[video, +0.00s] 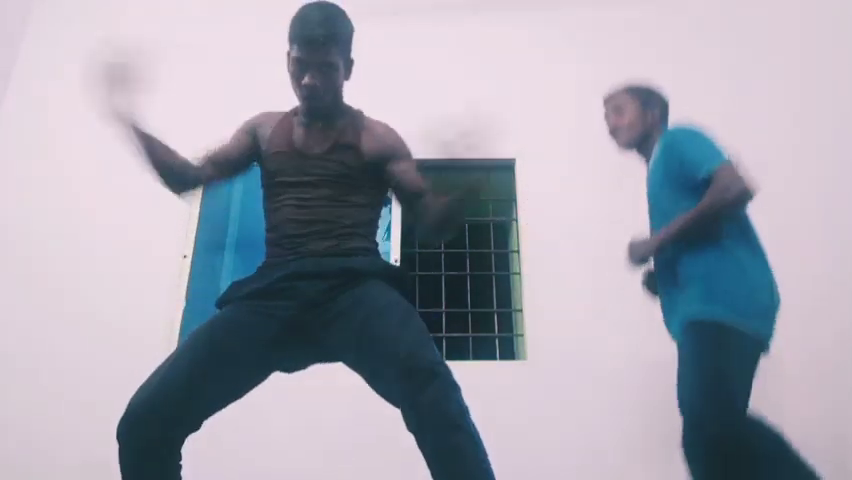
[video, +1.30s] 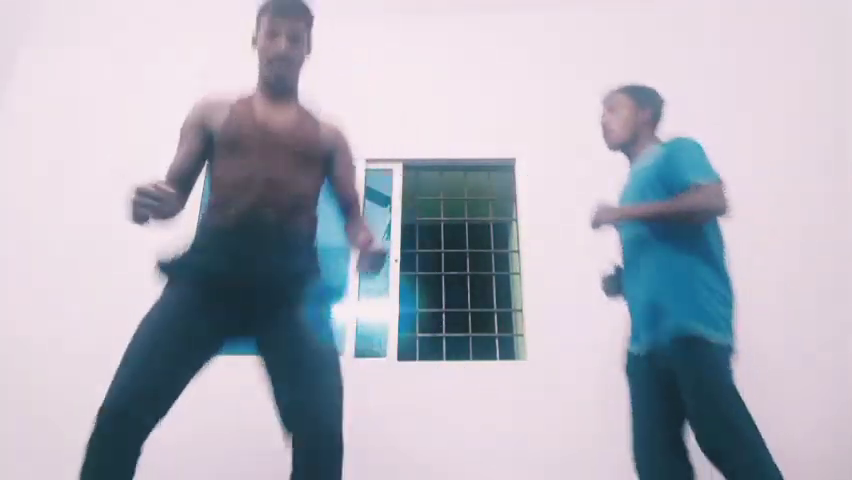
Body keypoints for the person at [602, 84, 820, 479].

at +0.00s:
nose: (611, 122)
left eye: (619, 111)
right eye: (607, 116)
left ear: (652, 111)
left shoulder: (678, 140)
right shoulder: (662, 170)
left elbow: (733, 186)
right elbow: (709, 235)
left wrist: (657, 241)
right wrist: (665, 272)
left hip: (723, 301)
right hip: (703, 309)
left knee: (710, 428)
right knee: (714, 429)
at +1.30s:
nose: (604, 120)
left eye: (613, 111)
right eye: (603, 113)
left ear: (645, 115)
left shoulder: (678, 150)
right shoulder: (633, 182)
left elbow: (714, 198)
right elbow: (667, 255)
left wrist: (624, 213)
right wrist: (626, 278)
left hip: (693, 324)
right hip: (648, 335)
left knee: (725, 437)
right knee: (655, 453)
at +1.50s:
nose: (558, 117)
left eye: (567, 107)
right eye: (558, 110)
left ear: (597, 111)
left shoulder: (621, 144)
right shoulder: (594, 173)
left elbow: (657, 194)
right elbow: (627, 249)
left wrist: (579, 222)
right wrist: (587, 276)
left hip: (640, 306)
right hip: (610, 318)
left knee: (679, 416)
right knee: (611, 443)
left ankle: (741, 475)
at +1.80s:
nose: (536, 131)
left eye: (542, 121)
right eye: (533, 125)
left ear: (574, 121)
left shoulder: (610, 156)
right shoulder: (568, 189)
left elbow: (660, 206)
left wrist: (579, 231)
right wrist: (560, 275)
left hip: (619, 316)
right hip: (574, 327)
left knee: (641, 420)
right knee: (577, 438)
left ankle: (678, 475)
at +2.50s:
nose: (584, 130)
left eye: (593, 120)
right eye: (585, 123)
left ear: (623, 123)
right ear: (614, 126)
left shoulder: (647, 160)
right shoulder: (619, 183)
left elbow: (673, 214)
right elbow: (644, 267)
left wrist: (595, 238)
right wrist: (602, 278)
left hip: (655, 309)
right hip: (632, 314)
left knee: (656, 423)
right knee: (645, 423)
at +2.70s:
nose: (588, 159)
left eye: (596, 149)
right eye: (587, 152)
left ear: (628, 153)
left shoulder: (664, 198)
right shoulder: (614, 236)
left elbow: (714, 255)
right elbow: (596, 301)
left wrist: (639, 279)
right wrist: (558, 259)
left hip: (679, 330)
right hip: (640, 343)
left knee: (636, 422)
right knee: (671, 440)